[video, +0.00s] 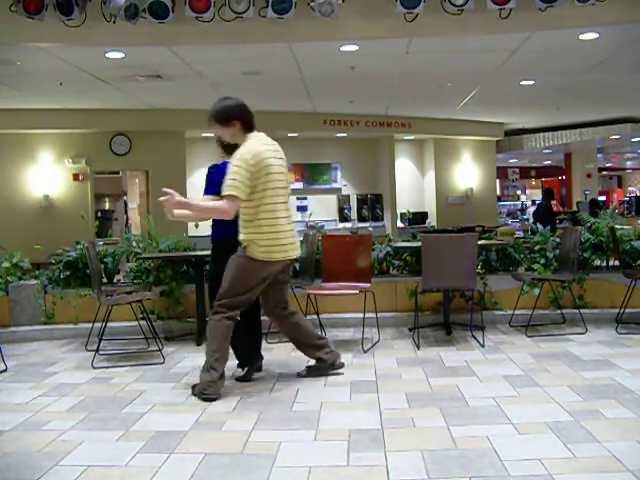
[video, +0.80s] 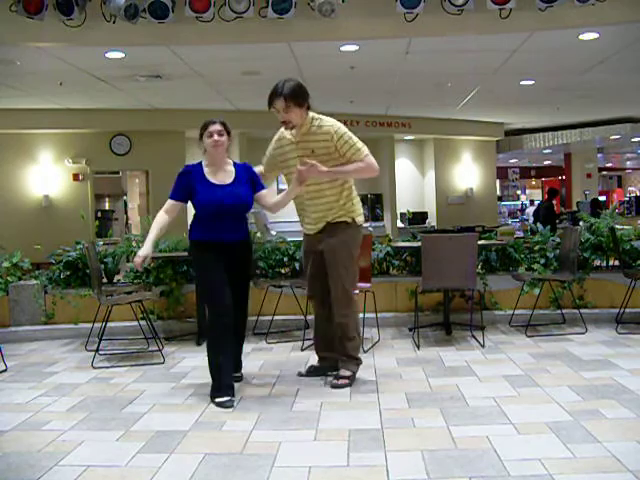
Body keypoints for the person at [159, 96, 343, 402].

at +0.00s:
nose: (218, 135)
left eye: (219, 128)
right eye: (216, 129)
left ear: (236, 124)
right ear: (243, 124)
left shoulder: (245, 155)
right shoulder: (273, 147)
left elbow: (228, 209)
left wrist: (184, 203)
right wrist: (199, 208)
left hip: (259, 251)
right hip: (285, 248)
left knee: (223, 310)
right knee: (278, 309)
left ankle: (210, 383)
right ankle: (327, 357)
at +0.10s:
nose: (238, 135)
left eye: (240, 129)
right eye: (236, 130)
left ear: (256, 124)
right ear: (260, 124)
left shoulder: (270, 153)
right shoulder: (282, 146)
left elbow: (258, 207)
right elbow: (264, 202)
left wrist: (212, 203)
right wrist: (219, 205)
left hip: (276, 248)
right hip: (296, 245)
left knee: (240, 308)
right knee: (288, 310)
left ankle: (215, 382)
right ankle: (329, 363)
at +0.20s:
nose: (254, 135)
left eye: (257, 128)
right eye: (253, 128)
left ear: (276, 126)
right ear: (277, 127)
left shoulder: (291, 154)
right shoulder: (289, 150)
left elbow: (284, 206)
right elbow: (280, 192)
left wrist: (235, 199)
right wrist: (256, 180)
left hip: (292, 246)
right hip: (301, 245)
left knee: (258, 310)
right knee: (292, 312)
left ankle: (224, 379)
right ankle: (329, 363)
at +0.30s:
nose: (269, 136)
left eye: (271, 130)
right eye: (267, 130)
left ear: (288, 126)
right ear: (285, 128)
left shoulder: (308, 155)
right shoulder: (290, 153)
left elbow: (311, 203)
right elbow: (278, 187)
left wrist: (267, 194)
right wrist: (257, 190)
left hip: (307, 242)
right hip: (295, 240)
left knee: (273, 305)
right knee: (292, 308)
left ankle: (241, 377)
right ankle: (328, 362)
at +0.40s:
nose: (208, 150)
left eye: (213, 145)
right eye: (205, 146)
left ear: (227, 148)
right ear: (204, 151)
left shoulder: (240, 172)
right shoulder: (212, 180)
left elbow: (257, 210)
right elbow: (214, 224)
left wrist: (263, 192)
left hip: (242, 247)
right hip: (219, 249)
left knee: (230, 306)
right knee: (201, 303)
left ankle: (248, 363)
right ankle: (227, 351)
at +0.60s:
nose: (213, 139)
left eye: (218, 134)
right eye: (208, 136)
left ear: (228, 139)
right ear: (203, 142)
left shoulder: (247, 166)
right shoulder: (197, 174)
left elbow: (274, 198)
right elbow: (184, 215)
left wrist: (297, 182)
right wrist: (166, 249)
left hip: (243, 247)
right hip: (210, 249)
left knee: (238, 310)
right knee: (206, 314)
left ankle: (237, 368)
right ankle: (200, 380)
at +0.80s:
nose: (216, 138)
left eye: (221, 133)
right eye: (210, 135)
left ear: (229, 140)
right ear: (202, 143)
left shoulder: (244, 171)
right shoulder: (190, 174)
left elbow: (272, 205)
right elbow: (167, 213)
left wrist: (294, 188)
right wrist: (148, 245)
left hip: (239, 249)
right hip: (206, 250)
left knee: (238, 312)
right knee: (219, 312)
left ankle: (234, 366)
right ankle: (221, 388)